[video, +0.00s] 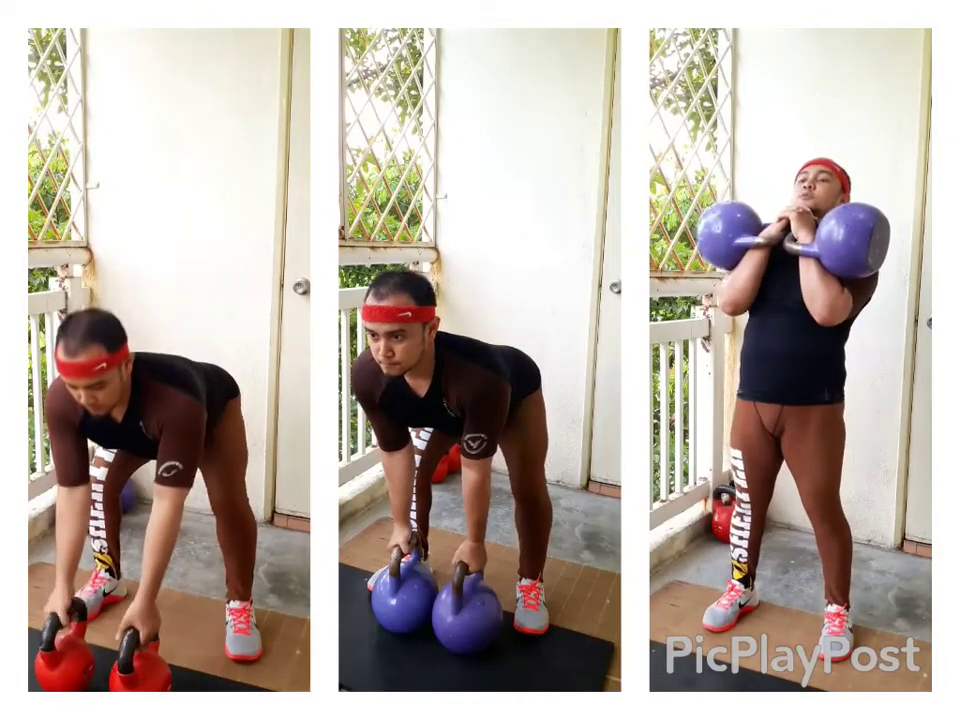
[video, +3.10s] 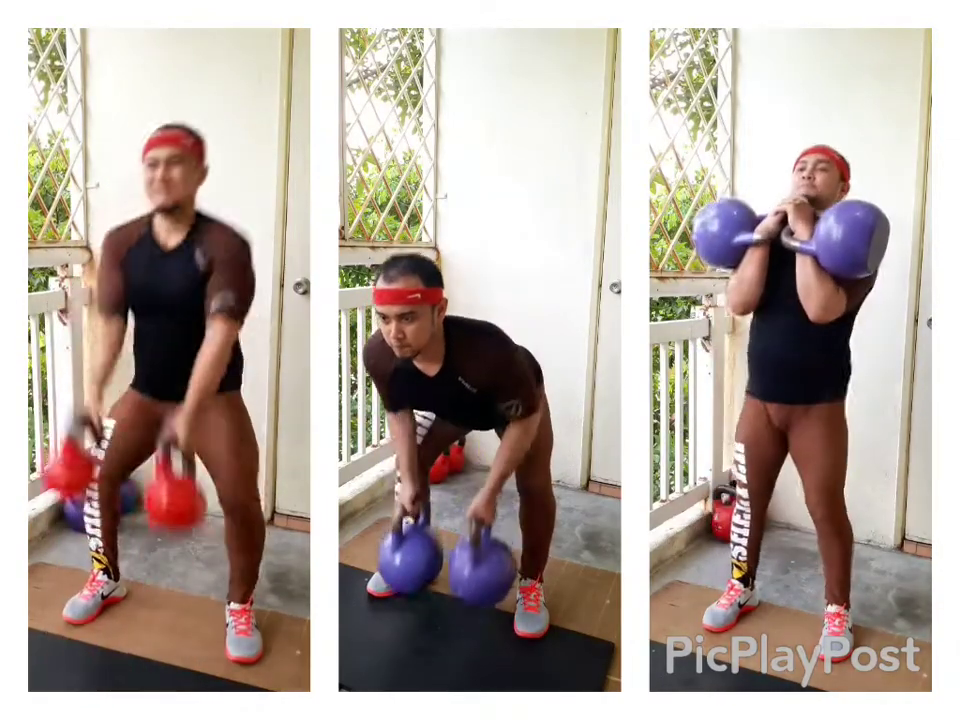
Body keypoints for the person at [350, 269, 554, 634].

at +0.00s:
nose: (383, 350)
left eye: (398, 337)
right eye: (373, 336)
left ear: (431, 330)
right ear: (365, 332)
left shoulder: (479, 381)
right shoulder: (368, 375)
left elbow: (475, 470)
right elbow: (395, 452)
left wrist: (475, 541)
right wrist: (400, 525)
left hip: (510, 388)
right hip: (449, 400)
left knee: (528, 488)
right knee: (418, 469)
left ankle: (530, 582)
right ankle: (414, 552)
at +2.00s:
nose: (390, 345)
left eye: (404, 330)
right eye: (380, 330)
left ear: (436, 322)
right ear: (372, 326)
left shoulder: (485, 371)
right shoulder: (375, 368)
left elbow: (504, 447)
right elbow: (399, 432)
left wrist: (481, 523)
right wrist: (404, 500)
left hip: (512, 397)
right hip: (448, 406)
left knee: (529, 489)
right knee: (410, 473)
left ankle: (529, 584)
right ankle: (406, 561)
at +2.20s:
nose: (388, 340)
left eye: (402, 325)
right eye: (378, 325)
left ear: (435, 317)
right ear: (370, 322)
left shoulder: (482, 356)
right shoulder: (375, 355)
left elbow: (526, 411)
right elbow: (395, 397)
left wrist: (489, 479)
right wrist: (407, 458)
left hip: (511, 404)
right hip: (448, 407)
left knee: (533, 492)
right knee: (407, 472)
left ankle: (530, 582)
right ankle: (410, 558)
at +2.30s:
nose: (388, 337)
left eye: (402, 322)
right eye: (377, 322)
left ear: (434, 314)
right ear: (369, 318)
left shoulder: (485, 347)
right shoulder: (375, 347)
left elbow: (536, 388)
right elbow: (395, 382)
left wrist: (492, 449)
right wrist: (407, 436)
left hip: (512, 403)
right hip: (450, 404)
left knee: (535, 489)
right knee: (411, 469)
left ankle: (530, 582)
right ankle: (414, 553)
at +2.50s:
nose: (387, 332)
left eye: (401, 318)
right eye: (377, 317)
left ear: (434, 311)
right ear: (369, 314)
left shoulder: (479, 332)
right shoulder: (376, 333)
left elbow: (546, 339)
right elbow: (392, 357)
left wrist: (500, 404)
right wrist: (402, 393)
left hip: (513, 391)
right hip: (445, 397)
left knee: (539, 488)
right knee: (411, 466)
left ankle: (531, 582)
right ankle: (413, 553)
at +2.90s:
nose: (393, 319)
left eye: (406, 305)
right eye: (383, 306)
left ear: (439, 297)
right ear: (376, 301)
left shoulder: (488, 334)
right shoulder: (378, 338)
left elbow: (537, 383)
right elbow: (395, 377)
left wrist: (494, 449)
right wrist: (406, 434)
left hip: (514, 401)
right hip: (453, 404)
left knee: (535, 486)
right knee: (409, 468)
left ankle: (531, 581)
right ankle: (414, 553)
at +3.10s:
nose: (394, 333)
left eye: (407, 318)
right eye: (384, 319)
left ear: (440, 309)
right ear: (376, 314)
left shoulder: (485, 347)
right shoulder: (379, 356)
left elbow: (526, 415)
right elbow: (399, 414)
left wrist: (489, 493)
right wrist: (409, 480)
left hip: (511, 402)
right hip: (451, 406)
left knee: (533, 485)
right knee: (410, 473)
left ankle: (531, 582)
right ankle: (404, 561)